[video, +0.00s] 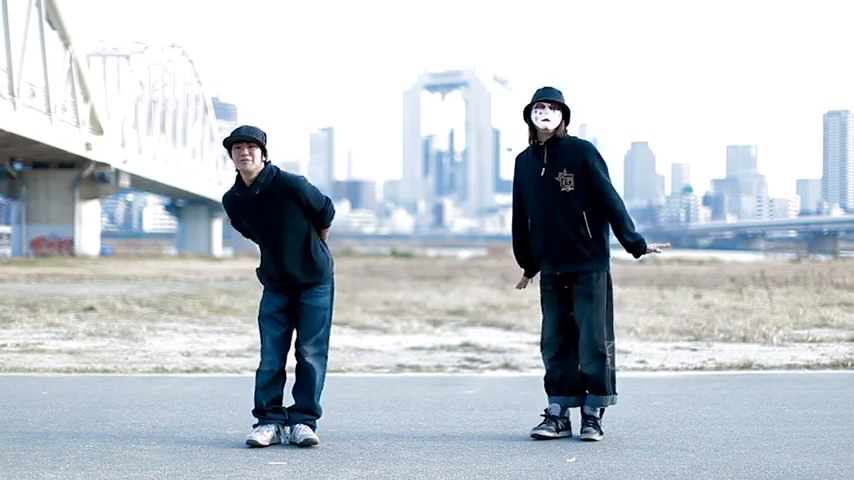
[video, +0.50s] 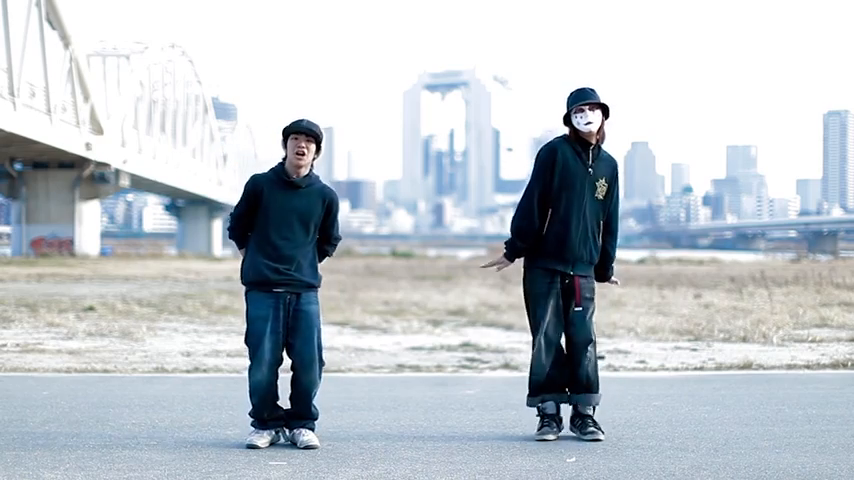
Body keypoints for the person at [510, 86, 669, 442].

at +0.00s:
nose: (543, 113)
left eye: (550, 109)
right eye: (538, 109)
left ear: (562, 117)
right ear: (530, 117)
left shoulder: (581, 151)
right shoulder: (524, 161)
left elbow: (609, 198)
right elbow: (520, 217)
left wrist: (635, 243)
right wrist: (527, 264)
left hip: (589, 261)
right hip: (551, 262)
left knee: (592, 335)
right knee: (554, 337)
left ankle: (592, 414)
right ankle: (556, 414)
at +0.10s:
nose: (552, 117)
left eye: (558, 111)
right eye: (545, 112)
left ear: (570, 115)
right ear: (537, 118)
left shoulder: (592, 154)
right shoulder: (529, 161)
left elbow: (614, 204)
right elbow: (518, 216)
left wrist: (632, 250)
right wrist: (522, 266)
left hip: (586, 261)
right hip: (544, 262)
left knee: (586, 337)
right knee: (546, 337)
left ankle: (585, 415)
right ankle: (551, 415)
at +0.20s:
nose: (559, 134)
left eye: (565, 128)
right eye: (552, 129)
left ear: (576, 133)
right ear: (544, 136)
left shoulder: (598, 177)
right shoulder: (531, 180)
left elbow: (615, 230)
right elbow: (519, 233)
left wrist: (626, 279)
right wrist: (519, 283)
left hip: (584, 276)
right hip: (543, 276)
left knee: (578, 347)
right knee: (545, 347)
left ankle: (579, 418)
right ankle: (551, 418)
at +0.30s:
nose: (566, 146)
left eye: (572, 140)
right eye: (559, 141)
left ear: (583, 146)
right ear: (551, 148)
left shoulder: (601, 192)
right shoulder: (535, 189)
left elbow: (613, 247)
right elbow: (523, 241)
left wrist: (617, 295)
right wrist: (520, 291)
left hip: (586, 288)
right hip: (546, 288)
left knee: (582, 356)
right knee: (545, 354)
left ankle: (579, 419)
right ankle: (552, 419)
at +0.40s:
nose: (576, 134)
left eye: (582, 128)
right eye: (570, 130)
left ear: (592, 134)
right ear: (560, 135)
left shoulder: (604, 181)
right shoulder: (543, 172)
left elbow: (613, 236)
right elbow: (528, 223)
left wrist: (614, 285)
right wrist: (520, 270)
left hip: (587, 278)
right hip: (549, 276)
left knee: (587, 350)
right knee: (551, 346)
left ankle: (582, 419)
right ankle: (552, 418)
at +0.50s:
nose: (587, 116)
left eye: (592, 110)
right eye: (580, 111)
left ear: (602, 116)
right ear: (570, 117)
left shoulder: (608, 164)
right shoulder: (553, 152)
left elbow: (610, 218)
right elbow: (532, 200)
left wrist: (606, 264)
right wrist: (515, 246)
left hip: (583, 262)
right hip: (545, 259)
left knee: (583, 335)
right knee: (545, 335)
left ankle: (584, 413)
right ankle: (548, 413)